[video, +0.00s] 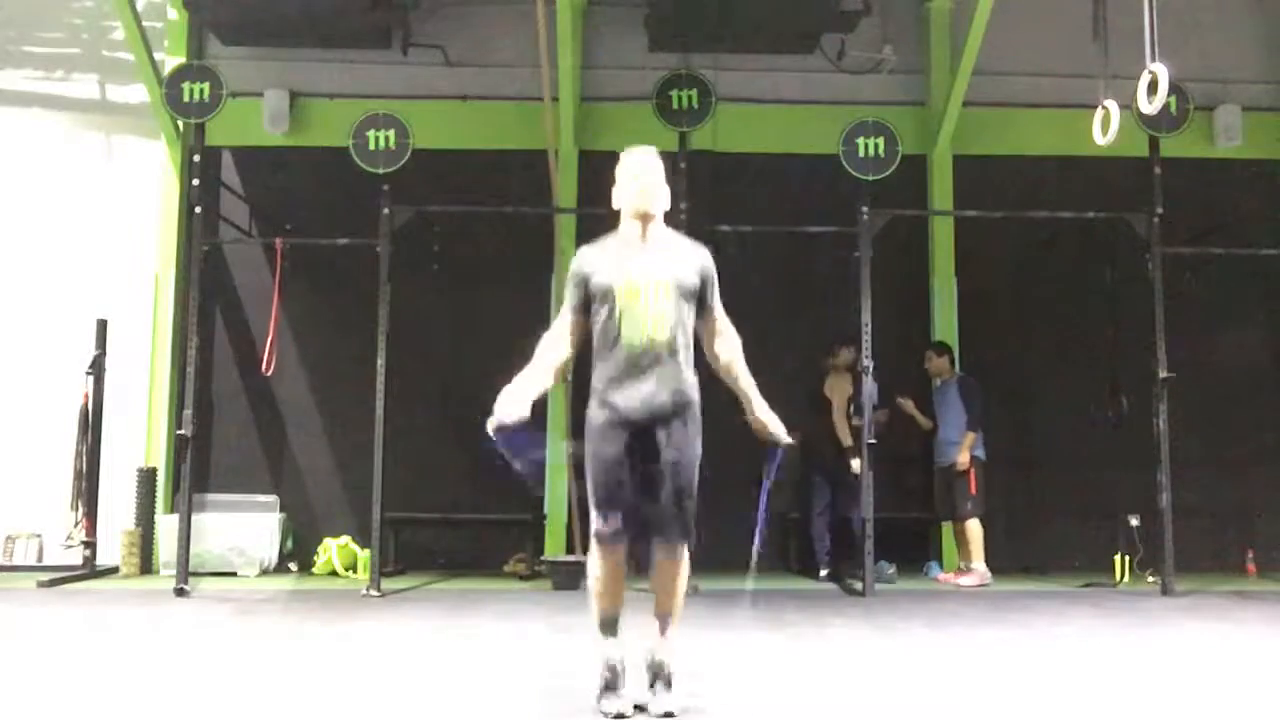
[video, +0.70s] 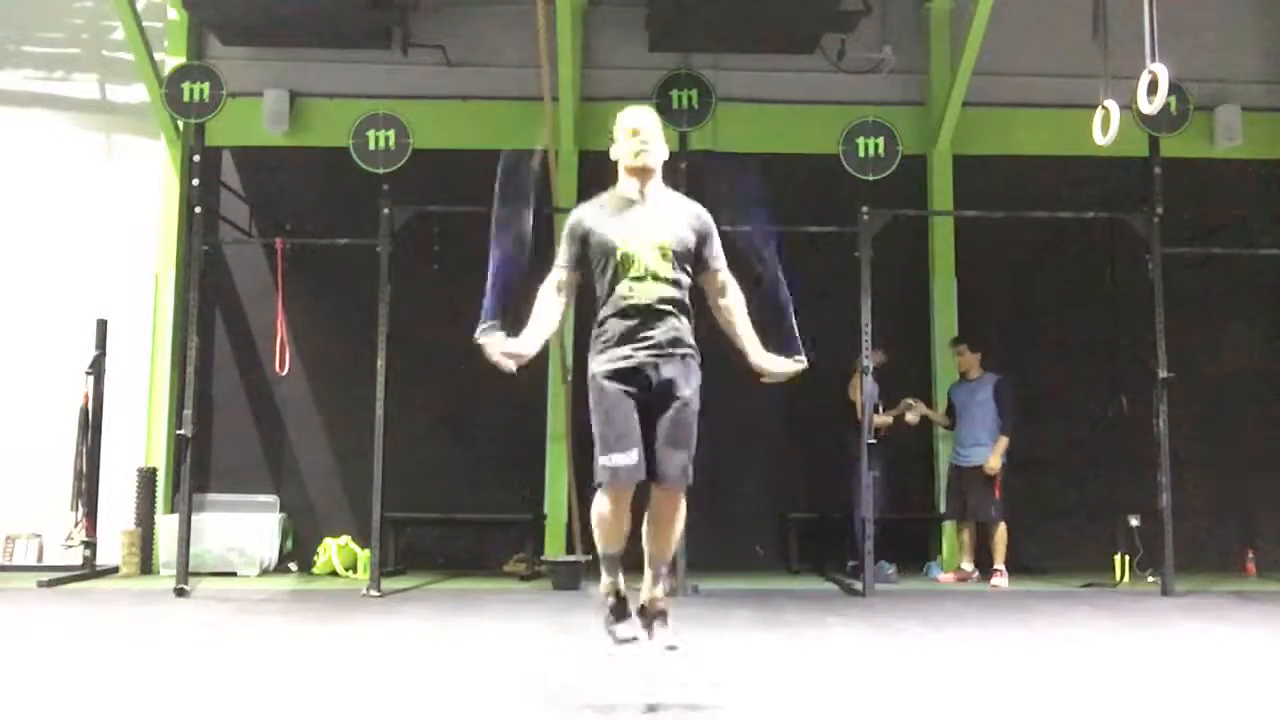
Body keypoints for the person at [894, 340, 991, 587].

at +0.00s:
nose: (927, 365)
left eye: (930, 359)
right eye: (926, 360)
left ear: (945, 359)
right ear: (937, 363)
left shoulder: (965, 384)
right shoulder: (936, 392)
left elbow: (976, 419)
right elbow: (932, 427)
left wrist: (965, 450)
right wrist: (914, 412)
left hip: (965, 456)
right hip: (943, 459)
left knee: (968, 514)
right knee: (954, 516)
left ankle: (979, 567)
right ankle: (964, 566)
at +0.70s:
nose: (957, 360)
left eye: (961, 354)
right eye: (956, 355)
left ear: (977, 355)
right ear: (957, 358)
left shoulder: (997, 384)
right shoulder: (955, 389)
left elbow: (1007, 424)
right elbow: (950, 423)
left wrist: (996, 456)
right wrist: (925, 411)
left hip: (987, 461)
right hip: (960, 463)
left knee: (994, 517)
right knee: (963, 517)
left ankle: (999, 568)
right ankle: (966, 567)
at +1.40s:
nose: (945, 364)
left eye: (948, 358)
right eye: (944, 358)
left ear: (963, 357)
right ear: (953, 359)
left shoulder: (990, 384)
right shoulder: (950, 389)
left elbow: (999, 425)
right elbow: (945, 423)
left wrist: (983, 459)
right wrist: (915, 440)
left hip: (985, 462)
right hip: (956, 463)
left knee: (992, 517)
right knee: (953, 518)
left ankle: (998, 568)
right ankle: (954, 573)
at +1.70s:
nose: (920, 361)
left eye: (924, 355)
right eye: (920, 356)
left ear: (939, 355)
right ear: (934, 357)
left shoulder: (967, 381)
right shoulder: (924, 387)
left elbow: (982, 417)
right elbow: (921, 424)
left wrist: (957, 443)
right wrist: (912, 458)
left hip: (960, 459)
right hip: (931, 460)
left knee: (968, 514)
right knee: (940, 518)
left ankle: (993, 560)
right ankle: (952, 572)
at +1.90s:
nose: (905, 361)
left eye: (909, 355)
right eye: (904, 356)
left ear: (924, 353)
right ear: (911, 358)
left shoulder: (951, 380)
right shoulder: (910, 387)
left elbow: (967, 418)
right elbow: (907, 423)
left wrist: (955, 450)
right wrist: (895, 451)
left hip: (943, 458)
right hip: (920, 459)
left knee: (936, 513)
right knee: (928, 515)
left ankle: (960, 562)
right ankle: (947, 571)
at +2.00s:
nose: (898, 361)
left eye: (902, 355)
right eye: (896, 356)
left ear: (916, 353)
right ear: (900, 359)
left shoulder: (940, 380)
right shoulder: (902, 388)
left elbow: (964, 414)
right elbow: (898, 423)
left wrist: (956, 448)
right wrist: (886, 449)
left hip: (937, 456)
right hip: (914, 458)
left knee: (922, 512)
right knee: (932, 516)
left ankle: (931, 572)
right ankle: (951, 569)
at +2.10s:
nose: (891, 363)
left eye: (894, 357)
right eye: (888, 359)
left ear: (907, 356)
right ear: (890, 362)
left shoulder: (932, 381)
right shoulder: (894, 388)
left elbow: (961, 411)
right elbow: (891, 423)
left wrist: (957, 446)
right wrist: (877, 446)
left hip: (930, 458)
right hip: (909, 459)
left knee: (913, 515)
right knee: (930, 517)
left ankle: (900, 574)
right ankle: (951, 570)